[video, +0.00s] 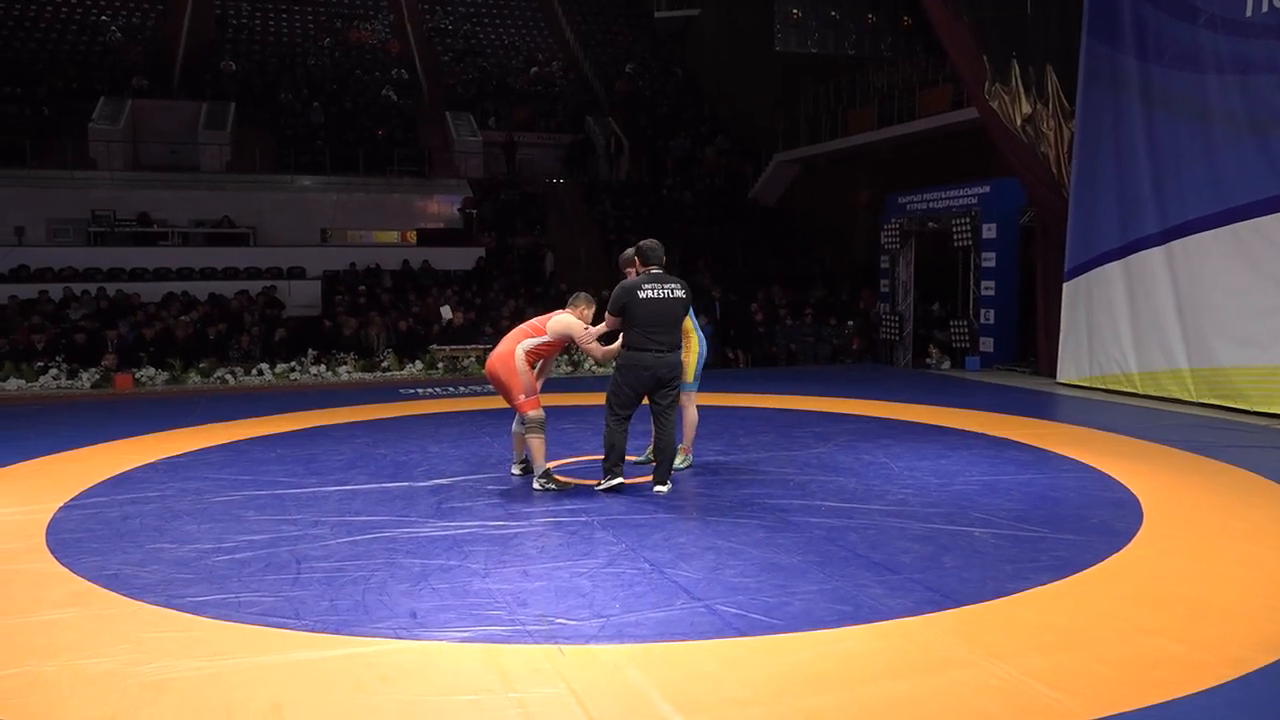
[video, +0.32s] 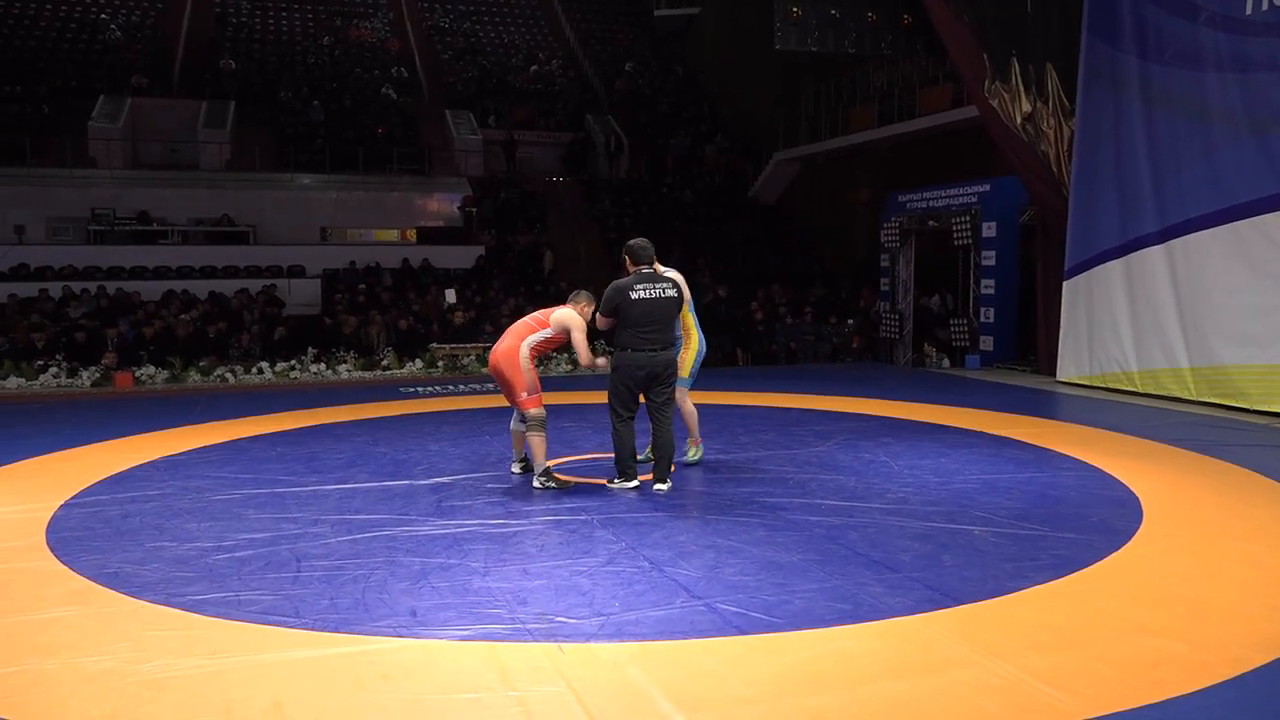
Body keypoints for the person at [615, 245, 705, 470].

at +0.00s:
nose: (628, 277)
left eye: (629, 272)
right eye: (626, 274)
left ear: (638, 268)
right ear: (628, 271)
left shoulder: (662, 288)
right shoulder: (639, 293)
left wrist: (597, 331)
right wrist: (597, 331)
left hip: (690, 341)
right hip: (667, 344)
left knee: (686, 398)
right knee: (660, 399)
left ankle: (686, 450)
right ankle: (656, 447)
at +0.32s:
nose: (624, 262)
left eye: (624, 259)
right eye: (625, 259)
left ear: (628, 261)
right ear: (654, 259)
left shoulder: (619, 288)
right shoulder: (673, 285)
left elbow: (602, 323)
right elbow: (675, 314)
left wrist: (627, 311)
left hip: (628, 361)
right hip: (664, 360)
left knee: (622, 418)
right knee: (663, 419)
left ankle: (627, 475)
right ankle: (662, 478)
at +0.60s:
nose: (616, 263)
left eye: (616, 261)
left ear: (619, 263)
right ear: (645, 261)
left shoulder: (610, 289)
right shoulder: (664, 284)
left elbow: (596, 324)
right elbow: (669, 315)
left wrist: (621, 315)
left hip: (625, 362)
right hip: (661, 360)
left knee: (629, 421)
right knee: (663, 418)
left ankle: (631, 479)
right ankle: (665, 477)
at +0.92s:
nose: (621, 265)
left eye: (621, 262)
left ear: (622, 264)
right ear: (648, 261)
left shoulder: (614, 290)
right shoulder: (669, 284)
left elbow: (604, 323)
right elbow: (675, 317)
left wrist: (629, 310)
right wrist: (649, 313)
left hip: (633, 362)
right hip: (668, 360)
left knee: (637, 420)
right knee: (671, 415)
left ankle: (638, 479)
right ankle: (677, 475)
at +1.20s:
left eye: (636, 262)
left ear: (637, 264)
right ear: (664, 262)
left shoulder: (627, 291)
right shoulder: (682, 288)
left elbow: (612, 324)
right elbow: (688, 321)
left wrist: (638, 316)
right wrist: (661, 314)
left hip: (644, 363)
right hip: (678, 362)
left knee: (642, 421)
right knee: (687, 414)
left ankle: (639, 479)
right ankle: (699, 469)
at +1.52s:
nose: (667, 266)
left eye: (668, 262)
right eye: (668, 262)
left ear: (673, 262)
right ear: (695, 261)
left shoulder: (674, 289)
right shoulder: (710, 286)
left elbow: (658, 325)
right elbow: (690, 306)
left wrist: (640, 345)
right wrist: (670, 286)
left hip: (677, 362)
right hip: (704, 360)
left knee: (653, 416)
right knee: (700, 414)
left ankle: (639, 472)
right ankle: (705, 472)